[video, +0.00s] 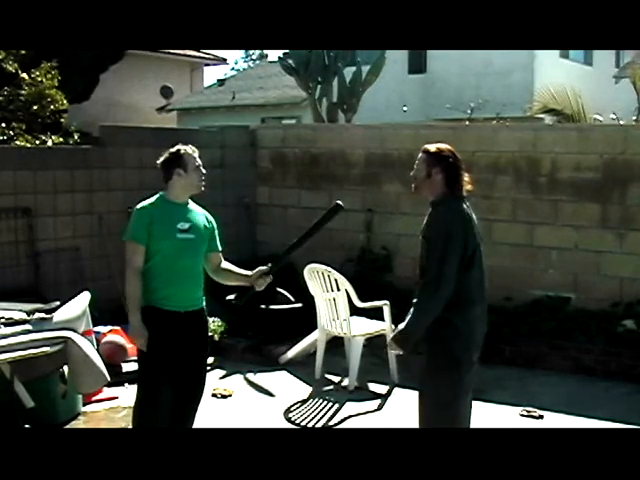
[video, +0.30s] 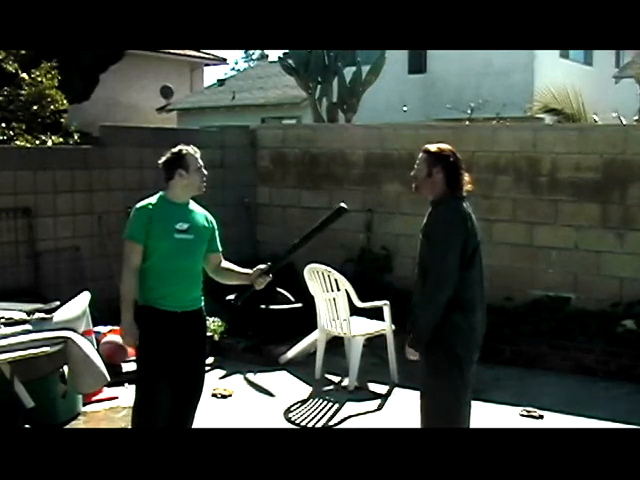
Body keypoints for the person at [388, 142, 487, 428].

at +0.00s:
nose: (413, 177)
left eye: (418, 171)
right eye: (414, 170)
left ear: (437, 175)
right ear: (438, 175)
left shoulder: (447, 217)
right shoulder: (452, 212)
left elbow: (437, 287)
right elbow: (437, 285)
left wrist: (405, 335)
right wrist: (408, 330)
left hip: (451, 336)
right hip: (455, 334)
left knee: (439, 415)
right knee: (446, 413)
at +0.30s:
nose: (413, 176)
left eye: (419, 170)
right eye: (415, 169)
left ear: (438, 176)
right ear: (437, 176)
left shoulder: (446, 217)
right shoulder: (451, 212)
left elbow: (439, 282)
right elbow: (438, 281)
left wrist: (418, 337)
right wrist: (418, 332)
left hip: (449, 336)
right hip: (453, 332)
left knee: (441, 415)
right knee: (447, 413)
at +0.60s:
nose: (413, 177)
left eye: (418, 171)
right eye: (414, 170)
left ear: (437, 175)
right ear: (439, 176)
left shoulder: (445, 217)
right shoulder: (453, 211)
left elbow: (433, 285)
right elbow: (435, 283)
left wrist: (412, 340)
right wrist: (415, 336)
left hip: (447, 333)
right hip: (455, 329)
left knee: (437, 410)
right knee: (445, 407)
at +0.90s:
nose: (414, 167)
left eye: (422, 164)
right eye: (418, 162)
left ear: (438, 176)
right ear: (437, 177)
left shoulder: (444, 212)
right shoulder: (444, 209)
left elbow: (435, 277)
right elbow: (440, 273)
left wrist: (404, 319)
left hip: (447, 326)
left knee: (436, 404)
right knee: (444, 402)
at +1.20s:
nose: (416, 168)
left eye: (422, 164)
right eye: (419, 163)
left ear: (440, 176)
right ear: (439, 177)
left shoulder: (451, 206)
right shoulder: (442, 206)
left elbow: (445, 233)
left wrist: (416, 226)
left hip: (445, 314)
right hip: (436, 311)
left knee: (437, 389)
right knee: (433, 388)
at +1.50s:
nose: (413, 173)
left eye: (420, 167)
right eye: (416, 166)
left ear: (438, 175)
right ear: (437, 176)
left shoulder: (447, 216)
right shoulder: (442, 213)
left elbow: (435, 279)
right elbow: (427, 276)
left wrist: (408, 319)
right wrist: (406, 315)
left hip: (444, 324)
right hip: (442, 321)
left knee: (436, 399)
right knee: (439, 396)